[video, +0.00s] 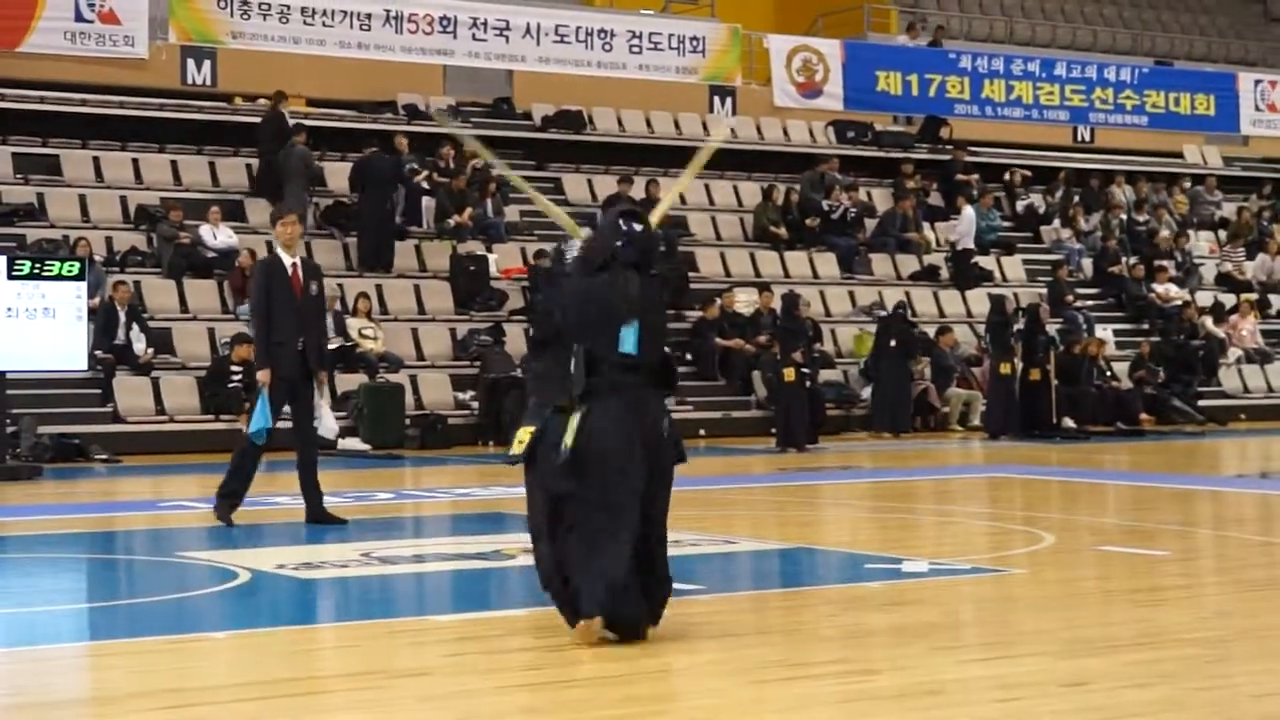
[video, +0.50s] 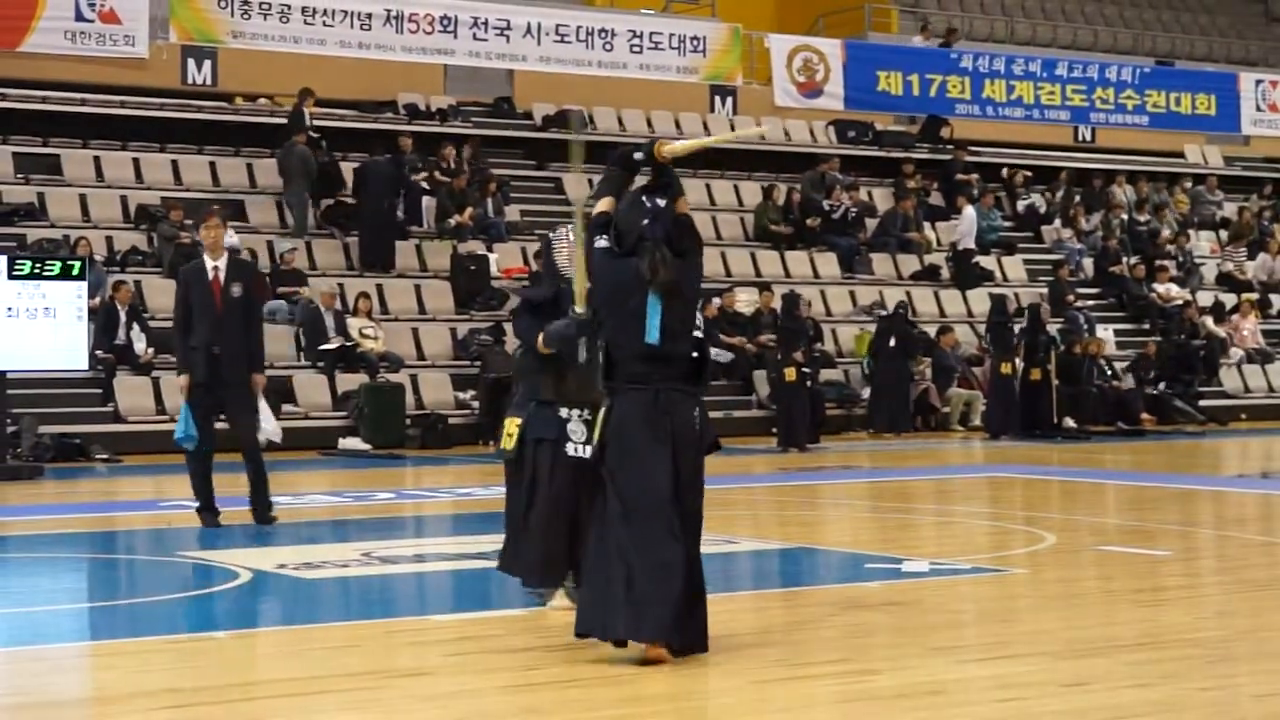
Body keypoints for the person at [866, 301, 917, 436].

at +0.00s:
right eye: (905, 311)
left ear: (892, 310)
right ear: (906, 313)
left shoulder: (883, 324)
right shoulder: (907, 328)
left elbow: (877, 347)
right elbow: (912, 352)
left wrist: (874, 364)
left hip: (883, 365)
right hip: (899, 366)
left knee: (881, 395)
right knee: (900, 395)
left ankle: (880, 426)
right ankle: (898, 427)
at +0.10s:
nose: (909, 315)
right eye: (909, 312)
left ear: (896, 310)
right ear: (909, 313)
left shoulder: (885, 324)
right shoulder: (910, 328)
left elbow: (878, 347)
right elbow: (914, 351)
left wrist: (875, 363)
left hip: (883, 364)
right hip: (900, 366)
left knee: (882, 395)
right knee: (901, 395)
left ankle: (880, 426)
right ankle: (899, 427)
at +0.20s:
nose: (909, 316)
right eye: (909, 313)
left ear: (896, 311)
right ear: (909, 313)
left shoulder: (885, 324)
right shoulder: (910, 329)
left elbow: (878, 347)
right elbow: (914, 352)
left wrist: (875, 362)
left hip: (883, 365)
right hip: (900, 367)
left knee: (882, 395)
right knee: (901, 396)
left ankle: (879, 426)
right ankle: (899, 427)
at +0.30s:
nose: (908, 316)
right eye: (909, 313)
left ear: (896, 311)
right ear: (909, 313)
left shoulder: (885, 325)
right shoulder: (910, 329)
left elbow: (875, 346)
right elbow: (913, 352)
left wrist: (876, 360)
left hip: (883, 366)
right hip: (900, 367)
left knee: (881, 395)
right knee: (900, 396)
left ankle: (879, 425)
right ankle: (898, 427)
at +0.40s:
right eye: (907, 312)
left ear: (895, 311)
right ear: (908, 313)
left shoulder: (884, 326)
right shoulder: (909, 329)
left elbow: (873, 348)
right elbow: (913, 352)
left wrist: (877, 361)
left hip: (882, 367)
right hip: (900, 368)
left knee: (880, 396)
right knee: (900, 397)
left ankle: (877, 425)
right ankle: (899, 426)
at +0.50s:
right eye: (905, 312)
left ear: (893, 311)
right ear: (906, 313)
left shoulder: (883, 326)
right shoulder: (907, 329)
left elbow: (873, 348)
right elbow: (912, 351)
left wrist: (877, 362)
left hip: (882, 368)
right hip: (900, 369)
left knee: (880, 398)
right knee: (899, 398)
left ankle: (878, 426)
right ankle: (899, 426)